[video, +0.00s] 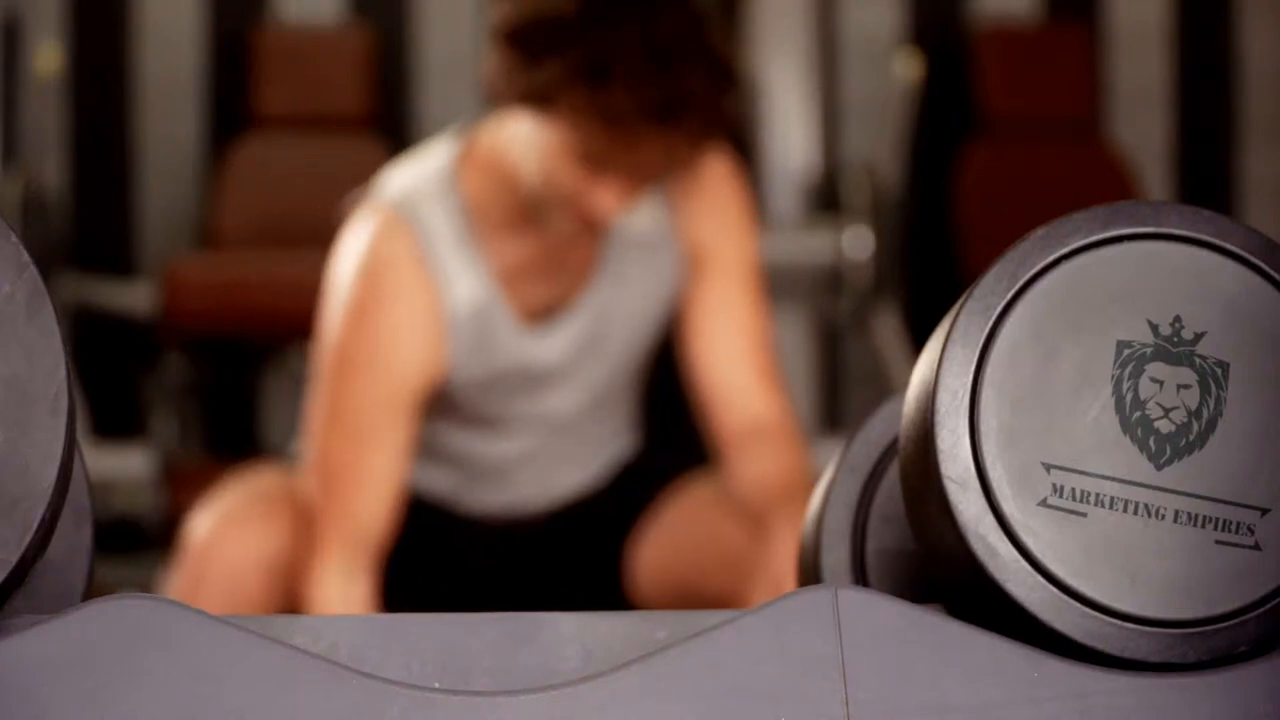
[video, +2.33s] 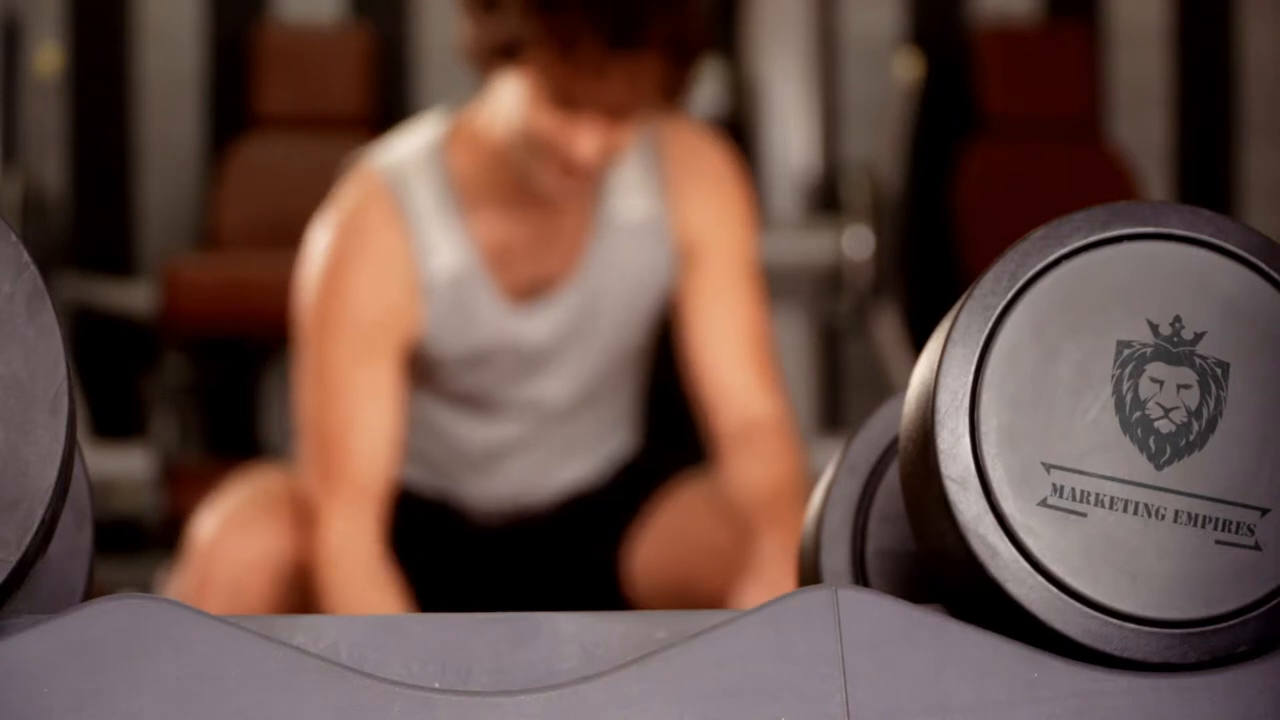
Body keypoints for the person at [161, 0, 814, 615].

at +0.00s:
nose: (614, 205)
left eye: (647, 175)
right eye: (593, 163)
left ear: (682, 146)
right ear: (529, 102)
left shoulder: (696, 179)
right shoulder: (397, 242)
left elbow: (755, 430)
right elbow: (345, 556)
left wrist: (805, 577)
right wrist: (351, 719)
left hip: (602, 522)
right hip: (417, 531)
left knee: (792, 543)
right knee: (234, 532)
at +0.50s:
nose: (611, 168)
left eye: (645, 137)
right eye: (591, 127)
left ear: (676, 110)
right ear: (524, 67)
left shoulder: (696, 170)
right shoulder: (393, 210)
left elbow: (753, 428)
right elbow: (337, 510)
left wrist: (790, 570)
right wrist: (457, 668)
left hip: (601, 521)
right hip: (418, 529)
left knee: (792, 540)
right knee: (241, 526)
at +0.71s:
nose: (606, 154)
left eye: (638, 123)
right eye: (583, 113)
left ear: (674, 101)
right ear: (520, 52)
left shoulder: (692, 171)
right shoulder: (377, 205)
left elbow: (756, 428)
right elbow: (343, 494)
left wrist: (783, 579)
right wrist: (488, 561)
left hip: (603, 533)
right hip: (414, 533)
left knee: (795, 517)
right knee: (248, 527)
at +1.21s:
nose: (573, 153)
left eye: (604, 120)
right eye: (547, 112)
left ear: (636, 98)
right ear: (476, 61)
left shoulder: (661, 171)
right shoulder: (314, 217)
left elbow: (746, 422)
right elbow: (346, 502)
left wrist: (789, 596)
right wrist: (494, 455)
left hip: (598, 525)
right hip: (399, 535)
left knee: (784, 541)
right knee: (250, 536)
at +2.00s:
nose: (582, 137)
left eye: (614, 105)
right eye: (558, 96)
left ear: (652, 82)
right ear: (495, 46)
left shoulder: (680, 166)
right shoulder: (346, 212)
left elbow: (750, 423)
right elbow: (349, 496)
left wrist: (778, 578)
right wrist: (577, 530)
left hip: (599, 542)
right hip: (412, 544)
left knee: (789, 517)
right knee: (243, 522)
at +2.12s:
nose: (583, 137)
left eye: (615, 105)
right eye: (559, 96)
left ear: (655, 85)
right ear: (495, 47)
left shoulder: (687, 169)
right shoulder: (356, 216)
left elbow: (749, 424)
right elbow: (343, 512)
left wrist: (774, 575)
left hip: (606, 513)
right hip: (418, 522)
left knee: (793, 538)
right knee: (238, 532)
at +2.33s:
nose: (588, 146)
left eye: (621, 115)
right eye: (564, 105)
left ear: (662, 94)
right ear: (502, 53)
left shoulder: (692, 172)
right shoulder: (372, 224)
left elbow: (752, 428)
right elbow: (346, 529)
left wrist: (772, 580)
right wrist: (415, 700)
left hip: (600, 523)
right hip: (416, 530)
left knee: (786, 534)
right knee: (242, 531)